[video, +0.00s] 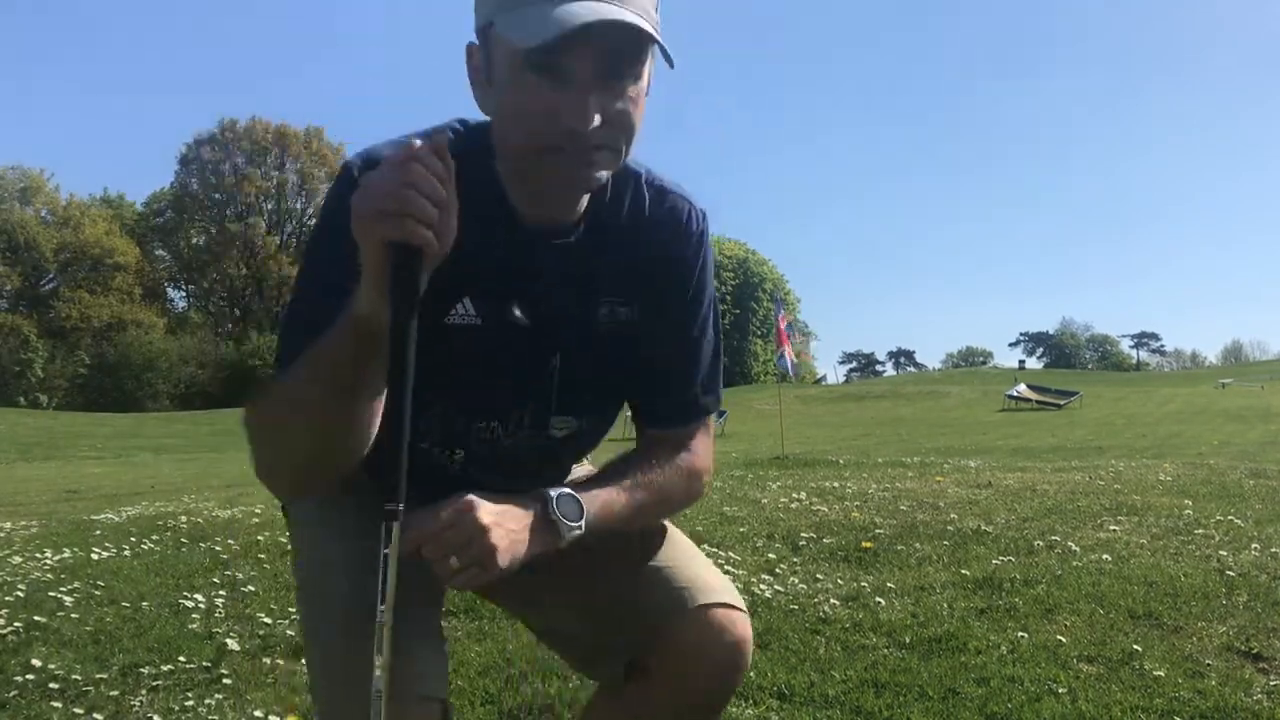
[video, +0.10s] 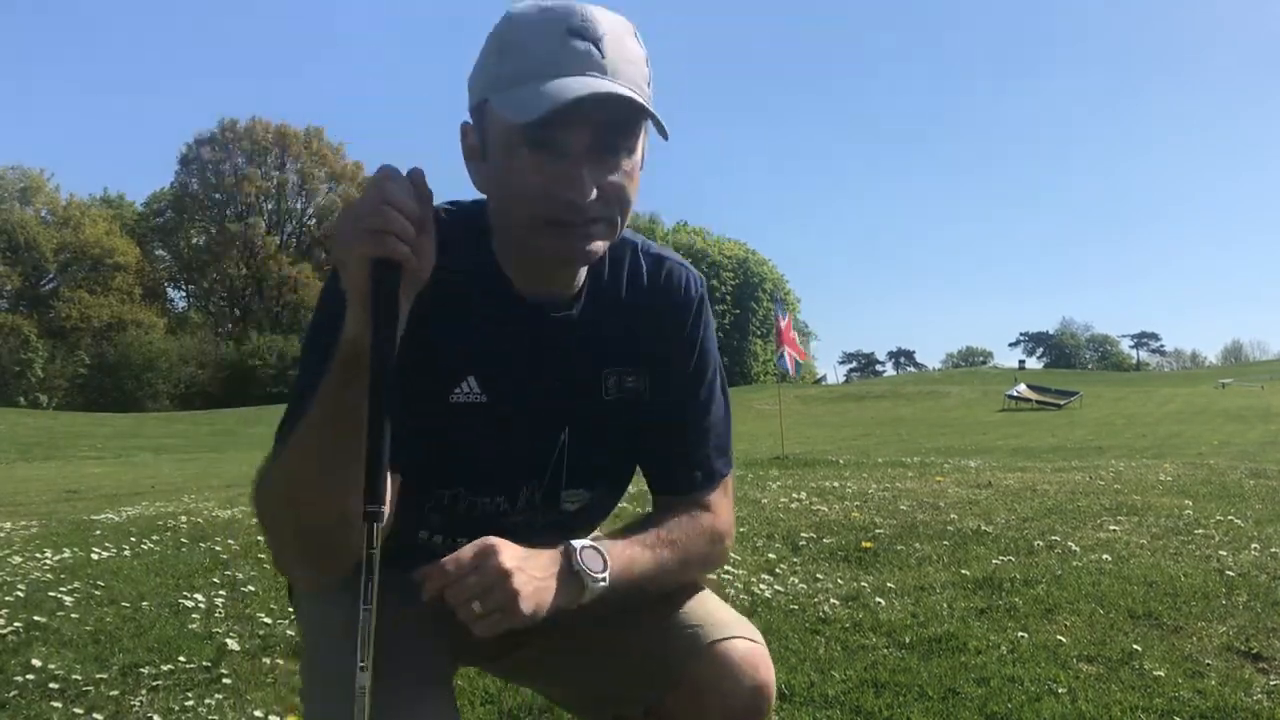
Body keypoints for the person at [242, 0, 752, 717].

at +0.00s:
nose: (590, 114)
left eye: (618, 75)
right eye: (550, 73)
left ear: (647, 82)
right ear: (481, 76)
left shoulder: (666, 233)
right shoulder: (384, 191)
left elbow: (683, 459)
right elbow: (287, 470)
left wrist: (539, 522)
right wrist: (375, 306)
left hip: (538, 501)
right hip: (371, 499)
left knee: (708, 644)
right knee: (394, 702)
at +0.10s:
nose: (584, 184)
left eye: (613, 145)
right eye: (546, 144)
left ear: (643, 156)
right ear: (475, 149)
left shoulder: (666, 298)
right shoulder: (394, 264)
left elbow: (705, 525)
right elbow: (309, 550)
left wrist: (566, 572)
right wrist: (367, 327)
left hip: (550, 587)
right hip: (384, 581)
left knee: (735, 677)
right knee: (385, 702)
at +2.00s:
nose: (602, 289)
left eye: (630, 252)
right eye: (565, 251)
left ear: (663, 264)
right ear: (504, 262)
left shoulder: (691, 384)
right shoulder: (436, 361)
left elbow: (759, 620)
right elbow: (303, 601)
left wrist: (585, 627)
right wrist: (376, 361)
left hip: (604, 671)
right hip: (434, 663)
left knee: (772, 710)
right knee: (352, 700)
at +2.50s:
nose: (602, 289)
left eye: (631, 252)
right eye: (566, 251)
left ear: (664, 266)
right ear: (507, 261)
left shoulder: (692, 385)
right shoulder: (438, 363)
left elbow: (761, 615)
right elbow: (309, 601)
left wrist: (611, 633)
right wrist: (380, 366)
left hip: (604, 670)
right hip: (434, 663)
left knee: (774, 708)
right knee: (354, 701)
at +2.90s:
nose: (605, 289)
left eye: (634, 252)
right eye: (569, 251)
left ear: (666, 265)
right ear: (509, 261)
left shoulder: (692, 386)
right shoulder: (441, 364)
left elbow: (762, 611)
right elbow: (316, 601)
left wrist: (625, 631)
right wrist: (388, 364)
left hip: (604, 671)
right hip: (436, 663)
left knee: (776, 707)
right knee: (358, 700)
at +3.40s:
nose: (619, 293)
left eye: (648, 255)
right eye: (585, 252)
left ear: (679, 271)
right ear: (524, 261)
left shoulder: (701, 393)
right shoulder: (451, 365)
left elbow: (770, 617)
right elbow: (313, 600)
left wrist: (649, 624)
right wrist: (389, 363)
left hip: (606, 669)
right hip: (433, 667)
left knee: (774, 709)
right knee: (358, 708)